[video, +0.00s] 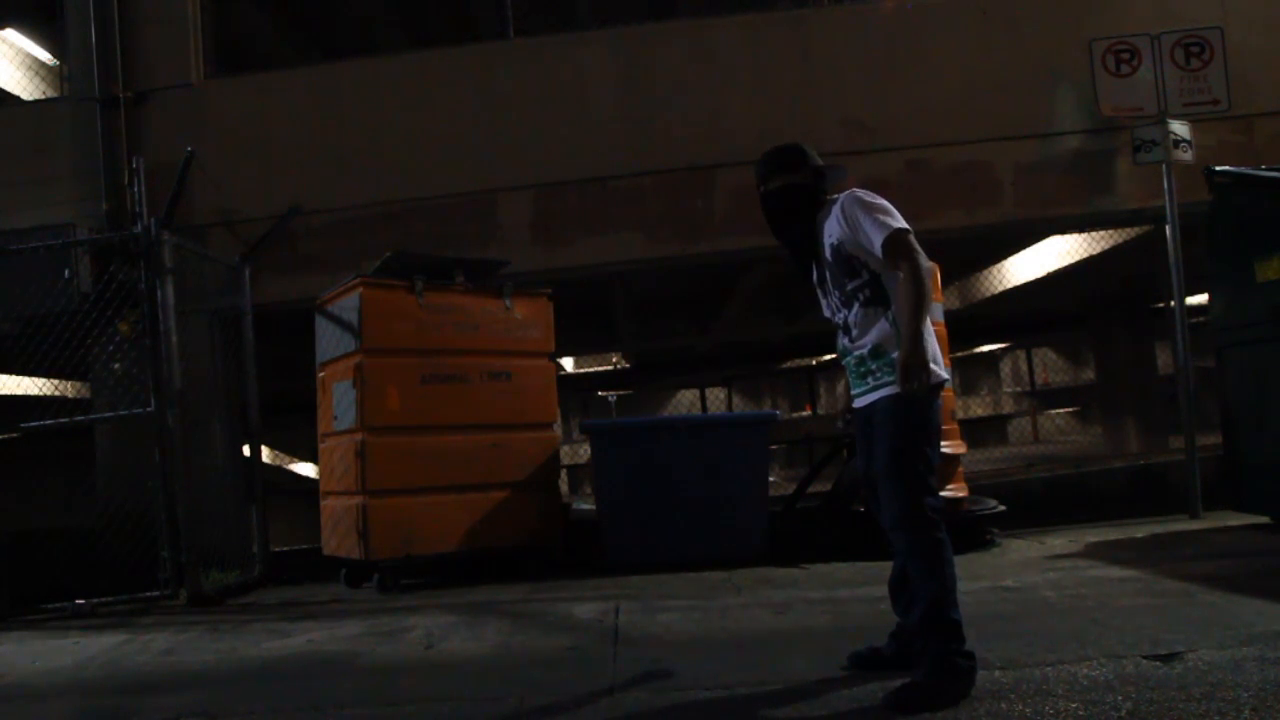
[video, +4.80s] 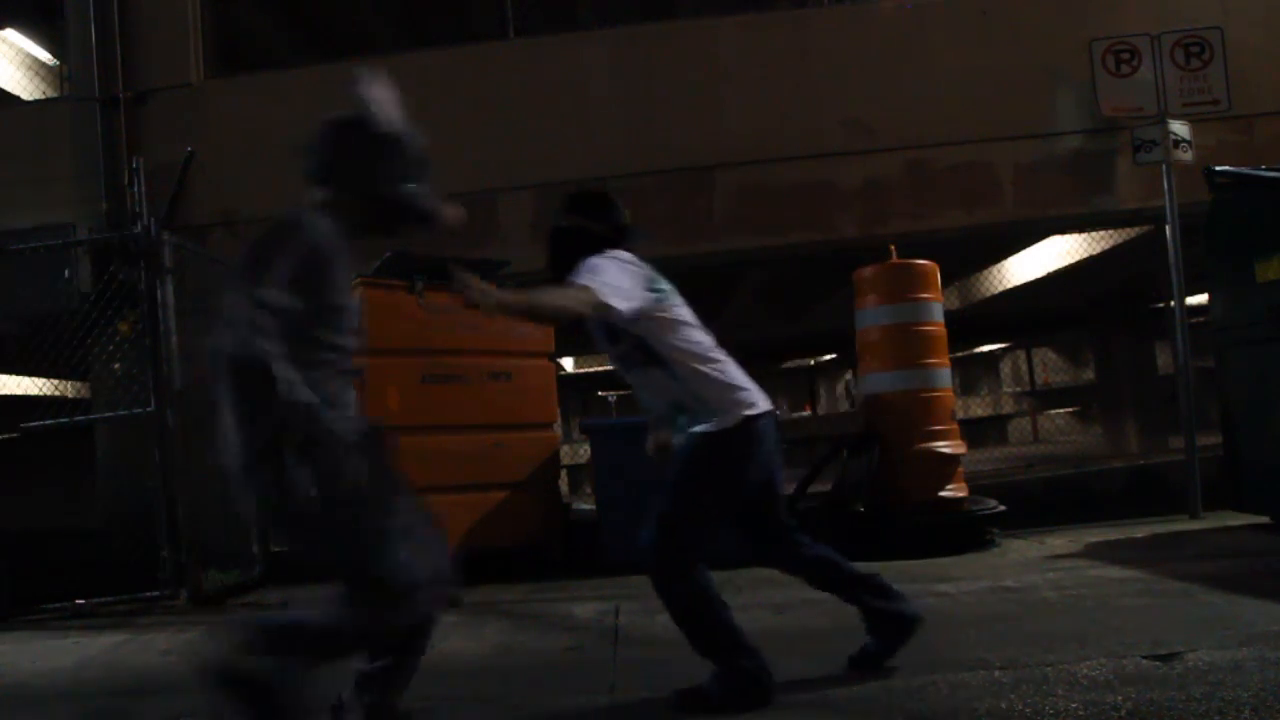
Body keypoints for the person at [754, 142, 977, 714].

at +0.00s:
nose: (773, 207)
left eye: (778, 193)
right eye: (768, 197)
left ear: (806, 182)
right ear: (784, 194)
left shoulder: (852, 206)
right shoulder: (823, 244)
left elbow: (912, 264)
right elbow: (861, 321)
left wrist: (912, 353)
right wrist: (860, 392)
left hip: (904, 393)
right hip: (876, 402)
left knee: (915, 520)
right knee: (897, 520)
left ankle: (947, 660)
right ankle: (914, 638)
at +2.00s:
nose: (776, 209)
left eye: (783, 194)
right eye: (771, 198)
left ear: (811, 185)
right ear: (783, 197)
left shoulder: (858, 211)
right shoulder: (822, 256)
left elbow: (917, 275)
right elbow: (856, 332)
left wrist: (907, 372)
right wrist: (862, 395)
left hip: (908, 392)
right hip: (875, 400)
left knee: (911, 519)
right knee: (896, 519)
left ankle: (946, 660)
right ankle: (914, 637)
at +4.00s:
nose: (749, 217)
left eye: (755, 203)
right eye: (745, 205)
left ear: (783, 195)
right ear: (758, 205)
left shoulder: (835, 220)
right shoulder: (798, 263)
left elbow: (895, 280)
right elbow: (835, 341)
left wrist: (893, 371)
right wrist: (841, 401)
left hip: (898, 392)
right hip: (866, 401)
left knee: (905, 520)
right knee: (888, 521)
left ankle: (944, 660)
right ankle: (910, 640)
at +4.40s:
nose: (712, 221)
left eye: (720, 207)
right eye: (708, 210)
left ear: (747, 202)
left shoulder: (794, 232)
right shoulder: (757, 272)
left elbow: (856, 287)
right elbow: (805, 345)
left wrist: (882, 377)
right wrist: (814, 408)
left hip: (871, 394)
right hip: (843, 402)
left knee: (846, 517)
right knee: (878, 514)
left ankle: (929, 634)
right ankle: (908, 635)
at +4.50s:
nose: (686, 228)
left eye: (694, 214)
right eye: (683, 216)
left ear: (721, 209)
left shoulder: (769, 240)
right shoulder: (733, 276)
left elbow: (840, 296)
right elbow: (782, 349)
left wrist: (886, 373)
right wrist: (791, 412)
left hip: (852, 400)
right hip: (822, 409)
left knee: (811, 522)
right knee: (870, 516)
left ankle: (910, 630)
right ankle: (914, 633)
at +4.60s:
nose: (653, 241)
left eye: (660, 228)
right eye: (652, 229)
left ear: (684, 225)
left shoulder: (735, 255)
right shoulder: (700, 291)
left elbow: (801, 320)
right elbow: (748, 363)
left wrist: (858, 391)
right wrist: (756, 423)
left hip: (825, 415)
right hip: (797, 422)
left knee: (762, 530)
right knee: (846, 527)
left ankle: (841, 640)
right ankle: (918, 634)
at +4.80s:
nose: (555, 256)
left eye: (559, 245)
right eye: (556, 248)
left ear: (576, 240)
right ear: (609, 234)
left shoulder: (615, 269)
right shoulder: (622, 275)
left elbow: (573, 303)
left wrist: (497, 298)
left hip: (728, 429)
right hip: (737, 424)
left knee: (670, 557)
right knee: (770, 539)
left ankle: (741, 675)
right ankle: (888, 611)